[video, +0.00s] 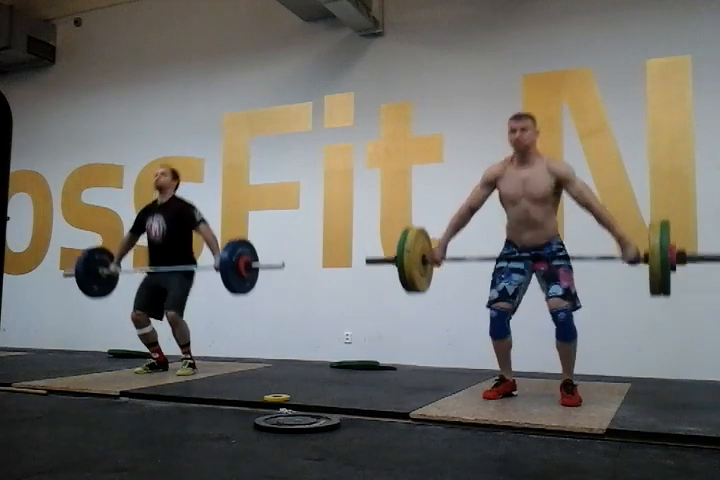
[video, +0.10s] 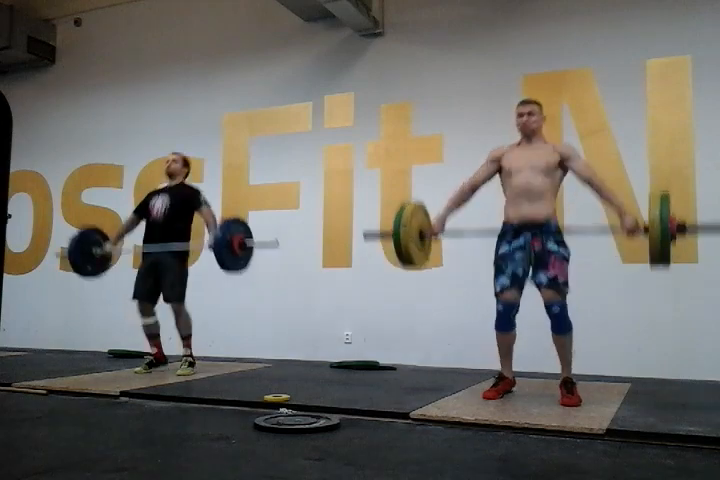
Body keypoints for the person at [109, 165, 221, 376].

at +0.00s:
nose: (157, 176)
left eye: (163, 174)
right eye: (156, 174)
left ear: (174, 182)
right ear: (155, 182)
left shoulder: (185, 208)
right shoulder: (147, 211)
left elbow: (205, 231)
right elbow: (131, 238)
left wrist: (217, 255)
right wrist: (116, 260)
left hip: (180, 272)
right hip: (156, 272)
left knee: (172, 314)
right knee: (139, 316)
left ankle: (188, 360)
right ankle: (159, 360)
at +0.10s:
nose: (169, 163)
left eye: (175, 161)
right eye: (168, 161)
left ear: (185, 170)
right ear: (164, 168)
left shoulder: (191, 193)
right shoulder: (153, 195)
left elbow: (207, 214)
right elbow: (133, 220)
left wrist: (213, 235)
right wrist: (112, 241)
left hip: (175, 256)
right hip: (150, 257)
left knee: (176, 304)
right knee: (144, 304)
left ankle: (188, 356)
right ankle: (157, 355)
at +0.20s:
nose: (176, 159)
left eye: (182, 157)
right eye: (174, 157)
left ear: (192, 165)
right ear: (172, 165)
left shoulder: (196, 183)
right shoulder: (159, 187)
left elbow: (212, 197)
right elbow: (134, 204)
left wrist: (220, 211)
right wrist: (109, 213)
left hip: (174, 243)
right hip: (149, 243)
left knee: (177, 294)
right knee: (138, 295)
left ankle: (187, 346)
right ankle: (150, 343)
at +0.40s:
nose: (156, 190)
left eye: (161, 187)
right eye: (155, 187)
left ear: (172, 190)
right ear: (153, 191)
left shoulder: (184, 209)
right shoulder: (148, 211)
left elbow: (206, 203)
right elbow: (122, 207)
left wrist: (205, 180)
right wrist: (102, 188)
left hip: (176, 276)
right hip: (152, 277)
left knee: (170, 309)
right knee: (114, 310)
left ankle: (178, 362)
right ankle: (125, 360)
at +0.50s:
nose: (139, 211)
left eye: (144, 207)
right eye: (138, 207)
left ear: (156, 208)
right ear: (136, 209)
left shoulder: (170, 225)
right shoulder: (134, 227)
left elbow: (191, 206)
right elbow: (110, 210)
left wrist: (201, 181)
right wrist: (96, 189)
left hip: (173, 289)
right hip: (148, 291)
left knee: (169, 313)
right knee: (107, 315)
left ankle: (177, 361)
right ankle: (124, 361)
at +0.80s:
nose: (115, 235)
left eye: (120, 231)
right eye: (114, 231)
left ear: (134, 233)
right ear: (112, 234)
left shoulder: (152, 248)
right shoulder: (115, 250)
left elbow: (183, 229)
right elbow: (99, 231)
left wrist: (203, 205)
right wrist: (92, 213)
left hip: (163, 305)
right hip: (138, 308)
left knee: (167, 316)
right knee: (98, 322)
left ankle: (176, 361)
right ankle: (123, 361)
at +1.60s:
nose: (119, 208)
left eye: (123, 203)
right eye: (117, 205)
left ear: (137, 204)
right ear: (115, 207)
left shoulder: (155, 220)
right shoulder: (118, 222)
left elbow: (186, 202)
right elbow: (103, 203)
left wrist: (211, 179)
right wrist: (98, 186)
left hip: (169, 276)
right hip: (144, 280)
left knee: (169, 309)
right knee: (110, 311)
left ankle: (177, 361)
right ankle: (124, 360)